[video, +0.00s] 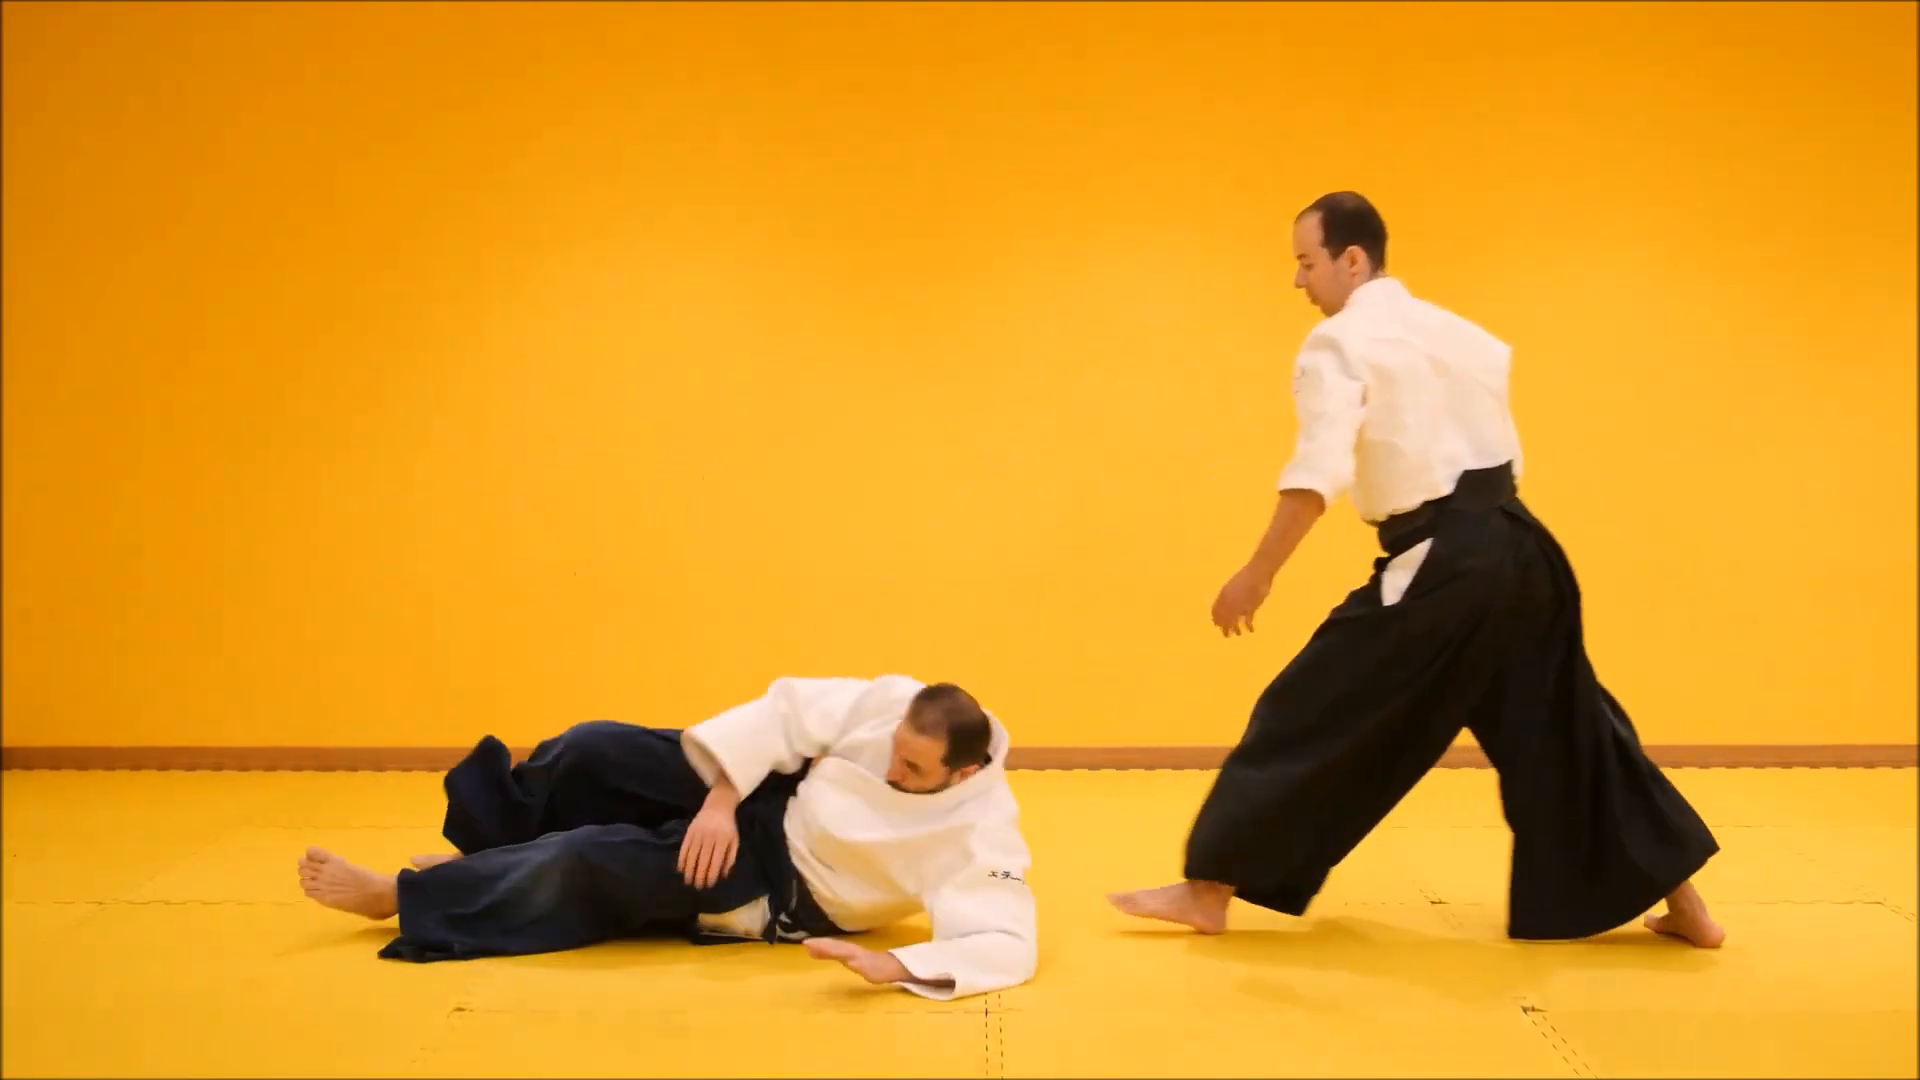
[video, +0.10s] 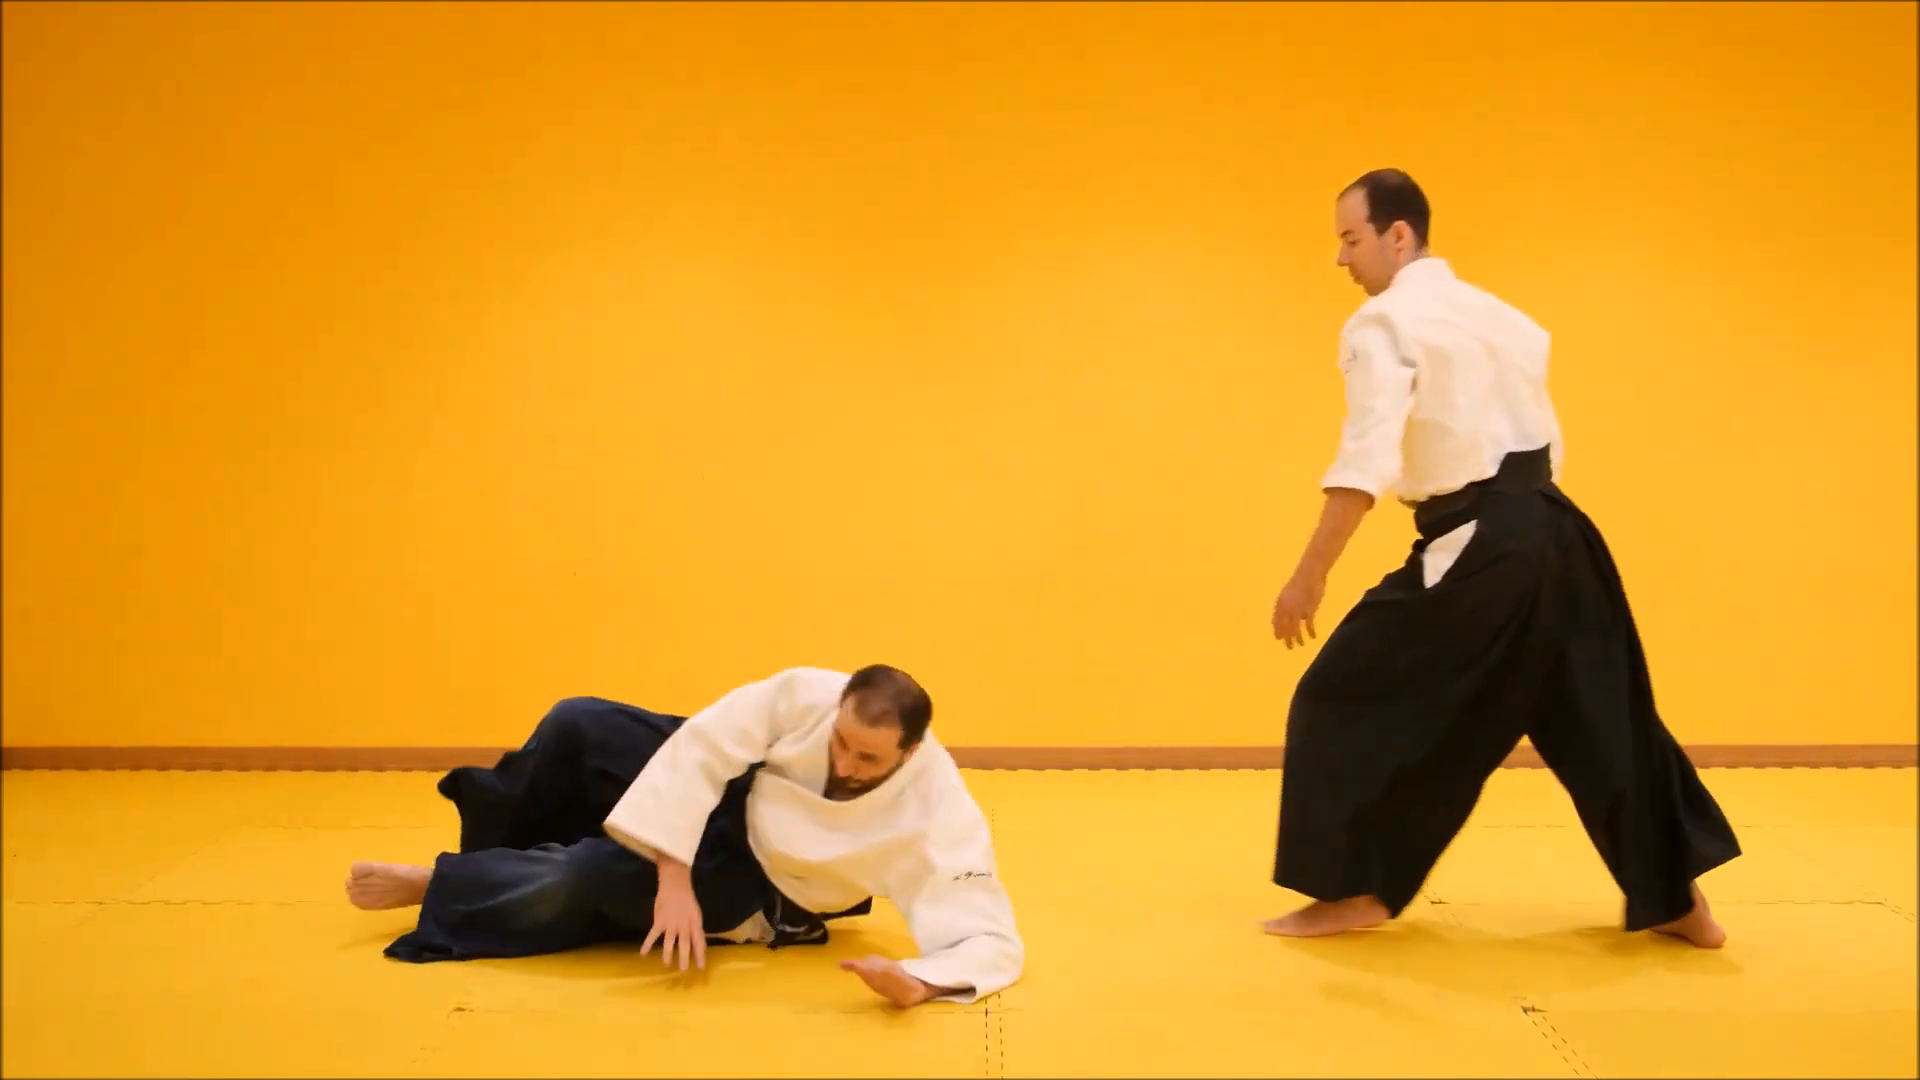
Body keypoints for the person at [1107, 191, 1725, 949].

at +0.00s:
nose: (1298, 279)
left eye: (1306, 262)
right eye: (1297, 264)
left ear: (1354, 259)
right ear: (1367, 260)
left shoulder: (1338, 342)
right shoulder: (1461, 334)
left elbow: (1320, 472)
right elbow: (1498, 461)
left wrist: (1255, 572)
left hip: (1438, 563)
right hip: (1522, 555)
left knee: (1300, 710)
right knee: (1578, 726)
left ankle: (1207, 890)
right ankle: (1683, 899)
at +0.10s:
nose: (1341, 257)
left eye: (1349, 238)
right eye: (1338, 241)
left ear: (1397, 234)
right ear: (1410, 238)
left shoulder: (1384, 323)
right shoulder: (1500, 316)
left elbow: (1365, 465)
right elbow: (1541, 445)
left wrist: (1309, 573)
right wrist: (1515, 517)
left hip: (1472, 548)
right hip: (1553, 536)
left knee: (1333, 696)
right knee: (1599, 714)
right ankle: (1679, 898)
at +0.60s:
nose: (1364, 246)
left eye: (1375, 228)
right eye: (1363, 230)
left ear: (1427, 225)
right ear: (1430, 230)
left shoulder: (1412, 322)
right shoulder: (1522, 314)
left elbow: (1388, 469)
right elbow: (1542, 439)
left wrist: (1327, 572)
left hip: (1490, 553)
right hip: (1568, 537)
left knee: (1348, 703)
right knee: (1618, 707)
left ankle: (1330, 883)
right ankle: (1689, 901)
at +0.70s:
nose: (1325, 259)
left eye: (1337, 242)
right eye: (1323, 244)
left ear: (1388, 242)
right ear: (1389, 248)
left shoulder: (1373, 338)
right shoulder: (1467, 328)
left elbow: (1335, 479)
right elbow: (1467, 469)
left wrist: (1251, 576)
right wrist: (1379, 552)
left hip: (1458, 564)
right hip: (1529, 548)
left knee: (1312, 711)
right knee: (1586, 720)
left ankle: (1313, 889)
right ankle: (1682, 900)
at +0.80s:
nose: (1277, 266)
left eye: (1291, 248)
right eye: (1275, 250)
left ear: (1343, 251)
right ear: (1330, 256)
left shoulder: (1337, 349)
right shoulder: (1384, 328)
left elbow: (1285, 475)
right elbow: (1337, 468)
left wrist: (1177, 554)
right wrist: (1228, 513)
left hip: (1411, 570)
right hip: (1457, 552)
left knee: (1278, 715)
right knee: (1521, 725)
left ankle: (1299, 896)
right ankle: (1671, 859)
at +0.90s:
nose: (1232, 268)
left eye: (1248, 251)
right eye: (1228, 253)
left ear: (1296, 256)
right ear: (1251, 260)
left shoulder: (1321, 353)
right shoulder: (1265, 352)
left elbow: (1236, 468)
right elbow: (1198, 443)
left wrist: (1110, 522)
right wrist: (1111, 465)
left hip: (1377, 565)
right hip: (1342, 562)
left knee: (1262, 728)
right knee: (1408, 724)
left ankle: (1301, 897)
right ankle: (1554, 808)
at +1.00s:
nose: (1196, 270)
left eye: (1212, 255)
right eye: (1188, 256)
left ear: (1254, 257)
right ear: (1184, 261)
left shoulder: (1294, 353)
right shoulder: (1196, 352)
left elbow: (1197, 459)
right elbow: (1112, 428)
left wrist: (1085, 489)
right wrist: (1054, 419)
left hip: (1335, 569)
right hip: (1278, 573)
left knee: (1260, 729)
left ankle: (1295, 894)